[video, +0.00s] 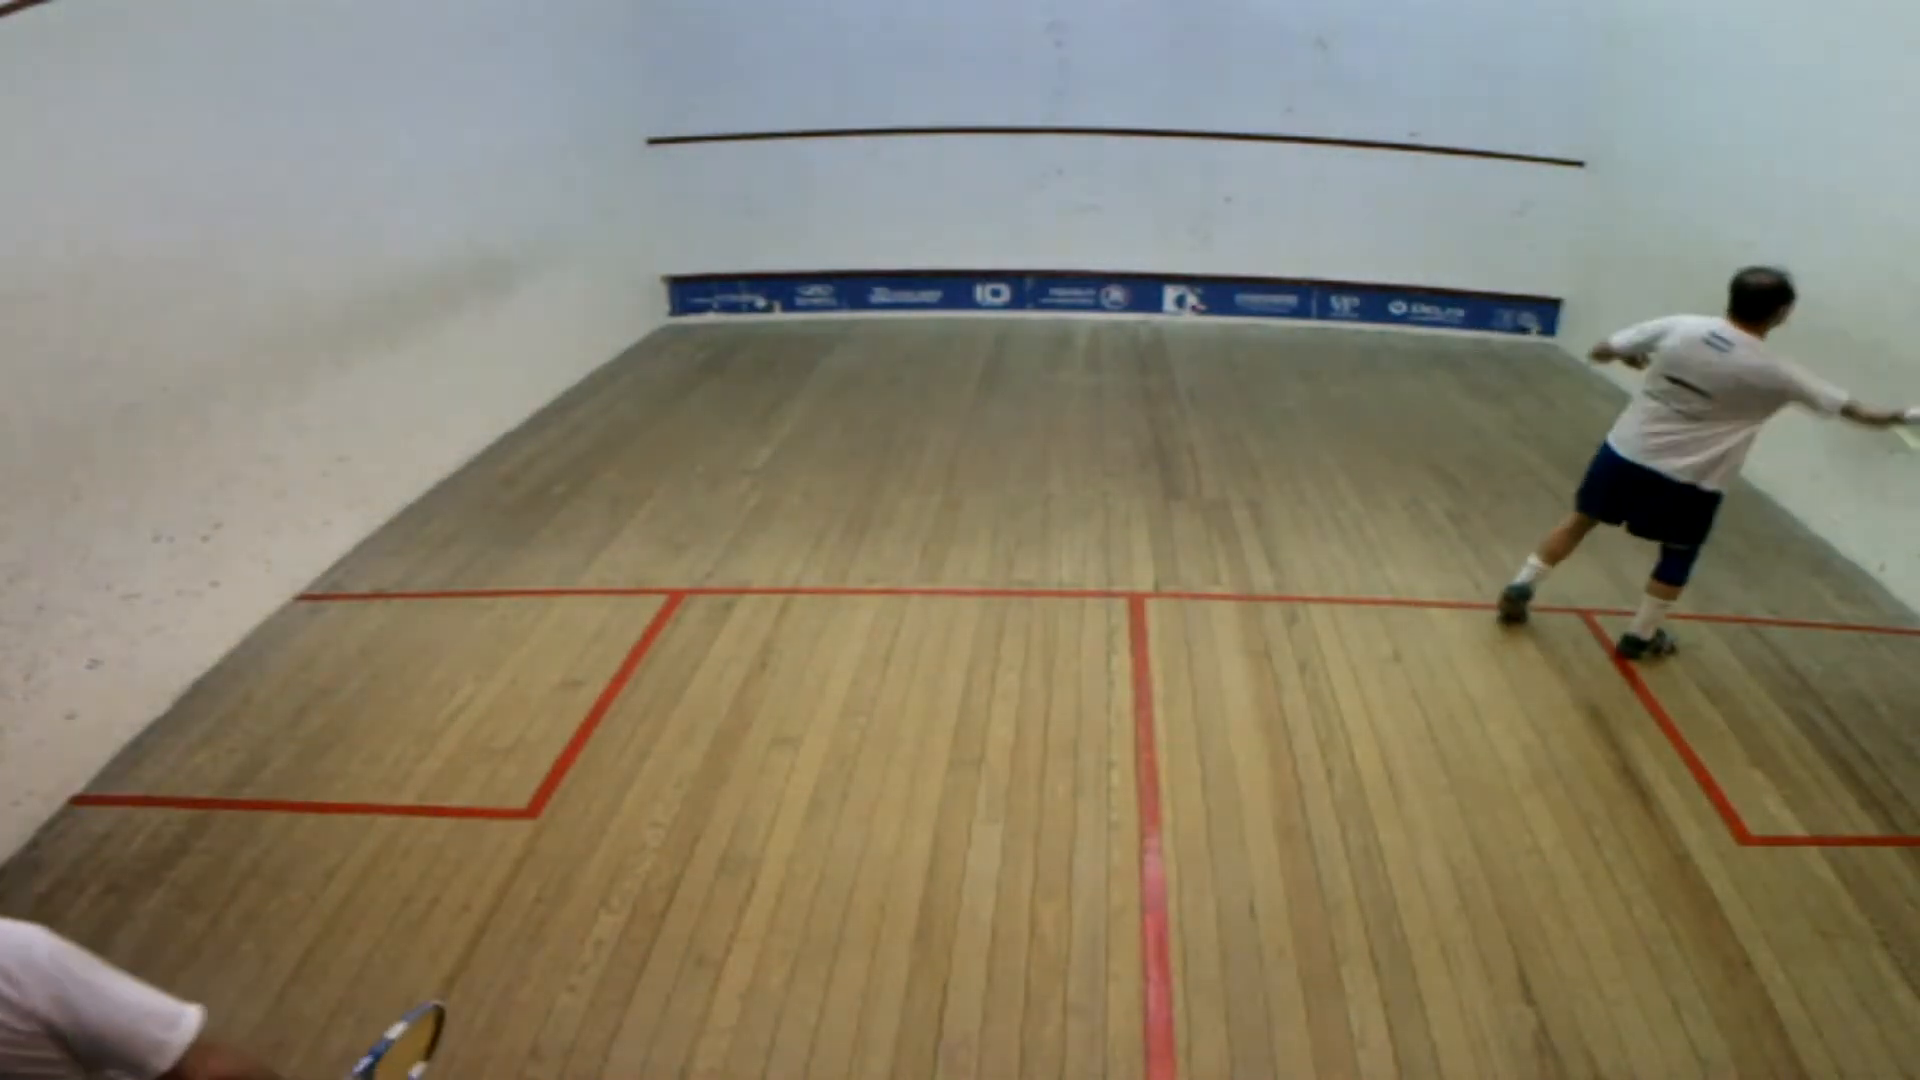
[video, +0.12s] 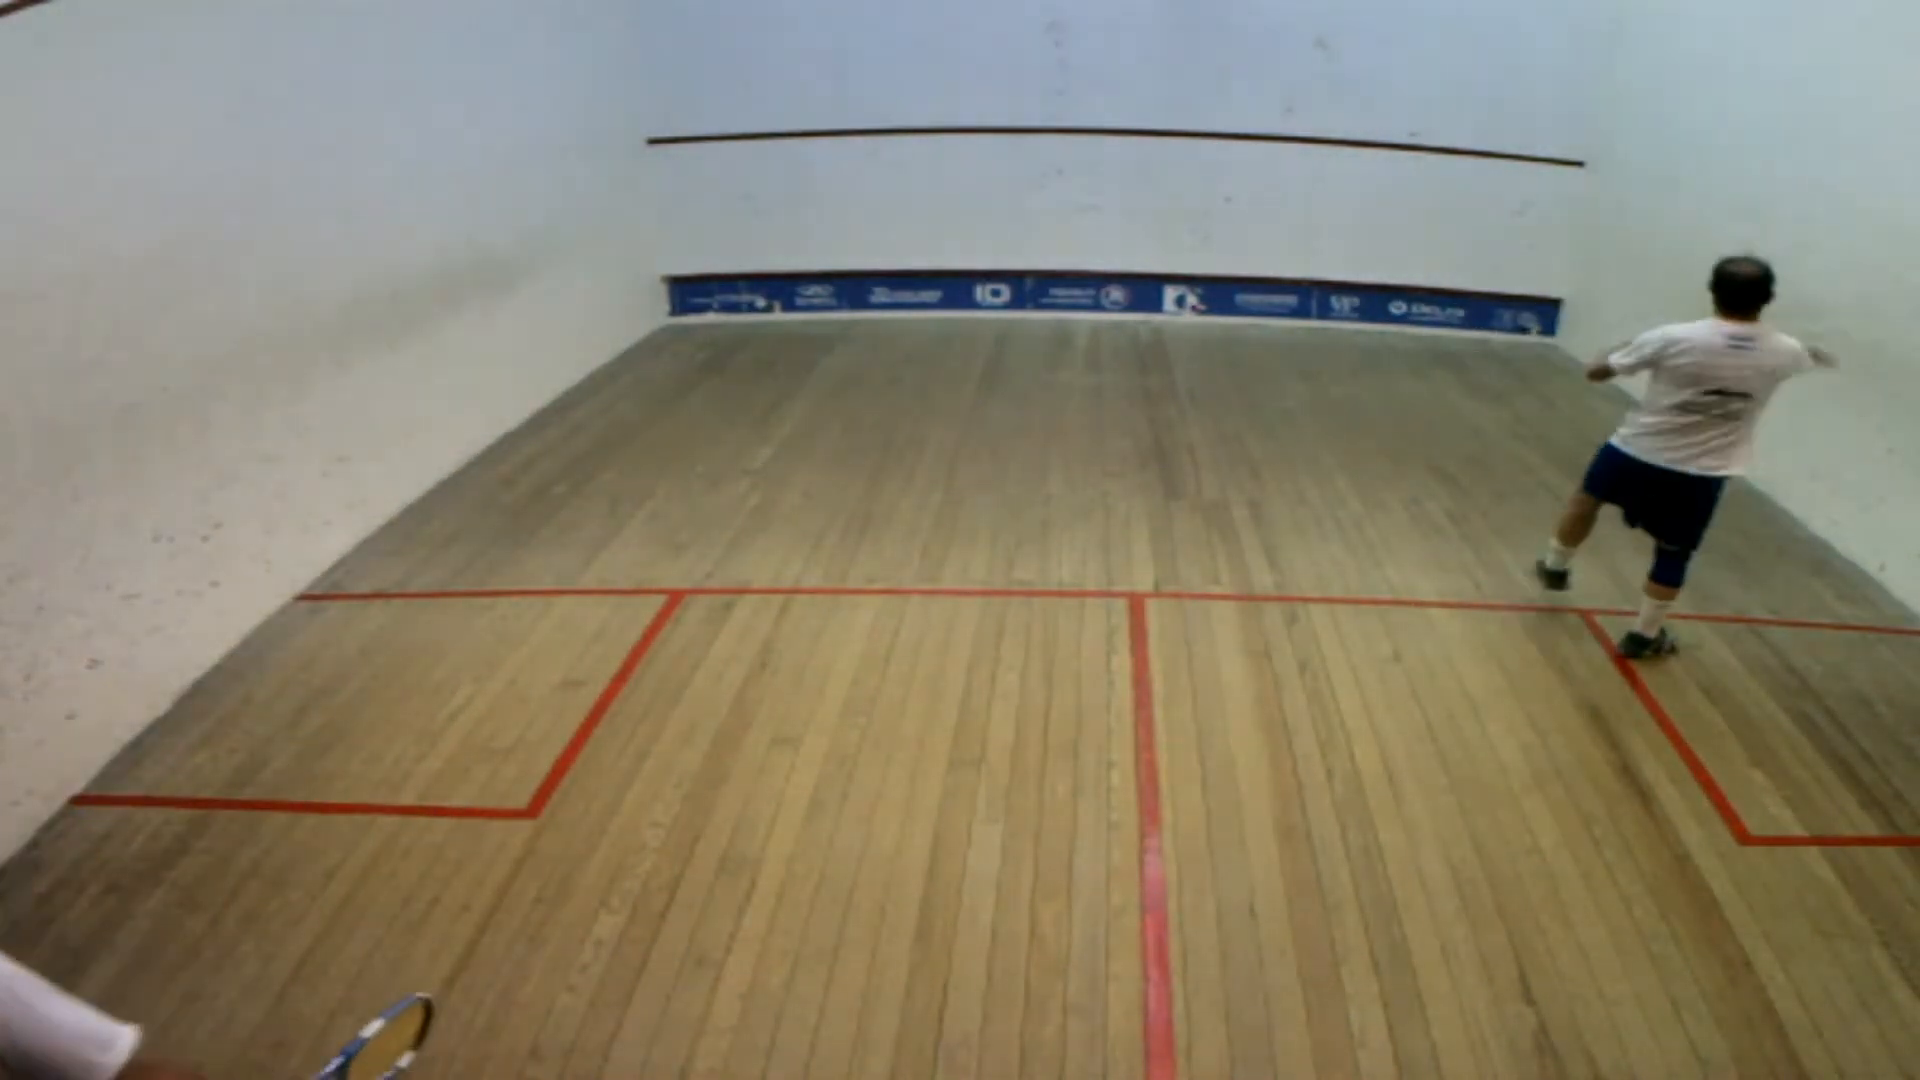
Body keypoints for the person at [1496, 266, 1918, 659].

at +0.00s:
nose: (1785, 321)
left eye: (1785, 313)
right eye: (1785, 315)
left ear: (1733, 300)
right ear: (1775, 316)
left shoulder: (1682, 329)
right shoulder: (1772, 371)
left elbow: (1612, 348)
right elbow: (1841, 407)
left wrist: (1610, 353)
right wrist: (1897, 417)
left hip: (1625, 454)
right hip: (1690, 484)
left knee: (1579, 521)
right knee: (1676, 560)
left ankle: (1520, 586)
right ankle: (1639, 636)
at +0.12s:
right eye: (1766, 294)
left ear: (1714, 294)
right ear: (1766, 300)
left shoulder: (1678, 339)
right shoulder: (1780, 352)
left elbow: (1600, 370)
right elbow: (1808, 358)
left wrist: (1607, 364)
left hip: (1635, 455)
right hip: (1701, 479)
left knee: (1589, 495)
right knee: (1672, 557)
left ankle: (1555, 565)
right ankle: (1644, 633)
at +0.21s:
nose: (1696, 293)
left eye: (1698, 288)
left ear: (1701, 295)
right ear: (1750, 298)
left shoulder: (1685, 346)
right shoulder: (1764, 343)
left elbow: (1595, 386)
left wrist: (1610, 370)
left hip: (1648, 462)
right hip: (1711, 477)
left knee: (1587, 495)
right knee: (1678, 556)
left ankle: (1566, 566)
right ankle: (1650, 635)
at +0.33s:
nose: (1669, 303)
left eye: (1671, 298)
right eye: (1674, 298)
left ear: (1676, 304)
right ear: (1724, 307)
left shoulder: (1677, 357)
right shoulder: (1736, 347)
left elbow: (1621, 422)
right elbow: (1653, 348)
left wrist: (1581, 400)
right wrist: (1594, 348)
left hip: (1654, 486)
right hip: (1712, 493)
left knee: (1571, 509)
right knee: (1675, 559)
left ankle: (1577, 603)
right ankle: (1655, 639)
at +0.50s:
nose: (1607, 320)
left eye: (1612, 313)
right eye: (1610, 312)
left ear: (1627, 321)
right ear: (1658, 320)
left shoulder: (1639, 374)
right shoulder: (1675, 353)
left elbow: (1649, 457)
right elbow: (1590, 382)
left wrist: (1575, 445)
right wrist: (1520, 390)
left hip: (1632, 507)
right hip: (1680, 500)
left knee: (1573, 581)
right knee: (1656, 575)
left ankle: (1633, 673)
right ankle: (1646, 654)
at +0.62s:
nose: (1553, 316)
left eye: (1562, 312)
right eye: (1558, 310)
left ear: (1581, 325)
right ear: (1599, 326)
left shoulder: (1593, 379)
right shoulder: (1620, 362)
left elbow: (1599, 465)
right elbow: (1574, 416)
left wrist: (1538, 450)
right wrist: (1512, 418)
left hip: (1609, 523)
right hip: (1633, 509)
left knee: (1569, 602)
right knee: (1587, 583)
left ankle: (1637, 676)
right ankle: (1592, 635)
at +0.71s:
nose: (1509, 304)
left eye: (1520, 298)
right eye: (1514, 296)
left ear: (1550, 312)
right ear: (1559, 313)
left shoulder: (1536, 366)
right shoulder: (1595, 354)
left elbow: (1545, 449)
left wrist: (1499, 447)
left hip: (1563, 519)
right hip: (1602, 509)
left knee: (1540, 596)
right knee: (1517, 555)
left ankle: (1617, 668)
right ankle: (1500, 644)